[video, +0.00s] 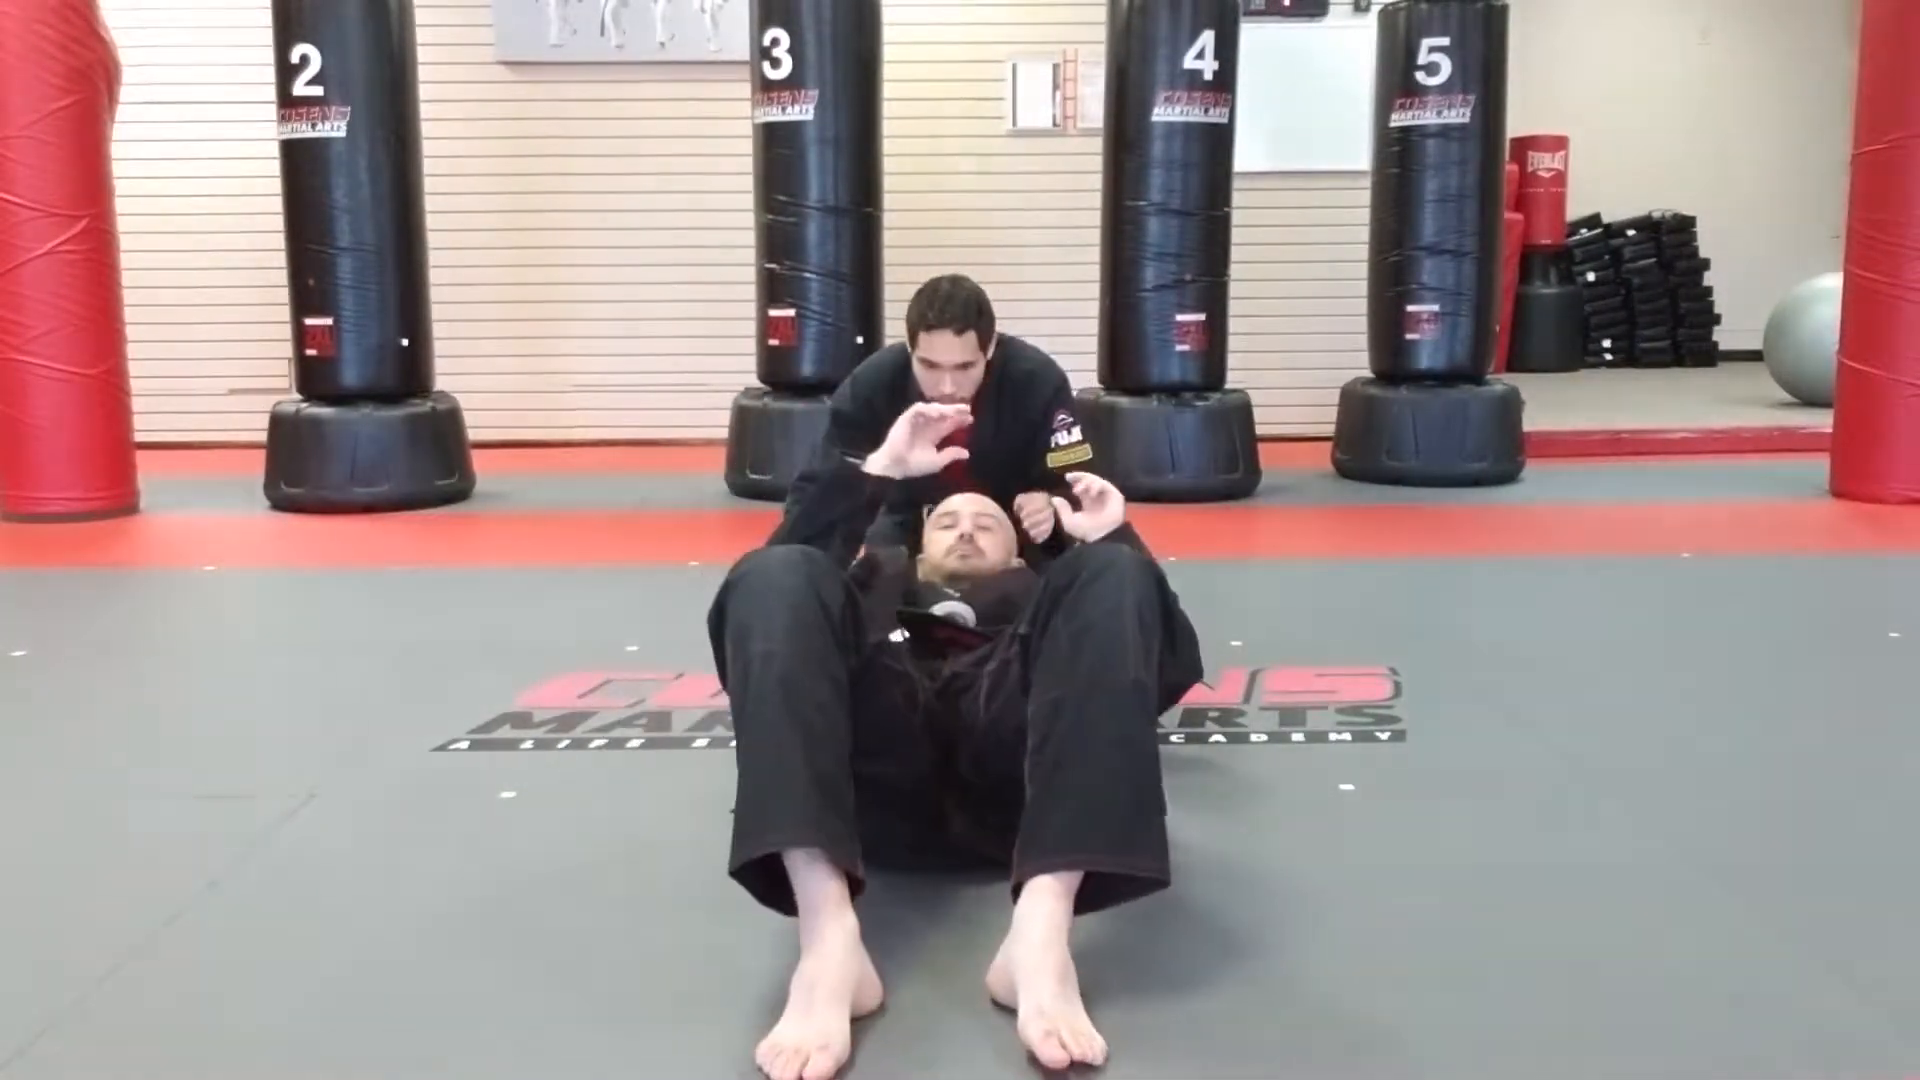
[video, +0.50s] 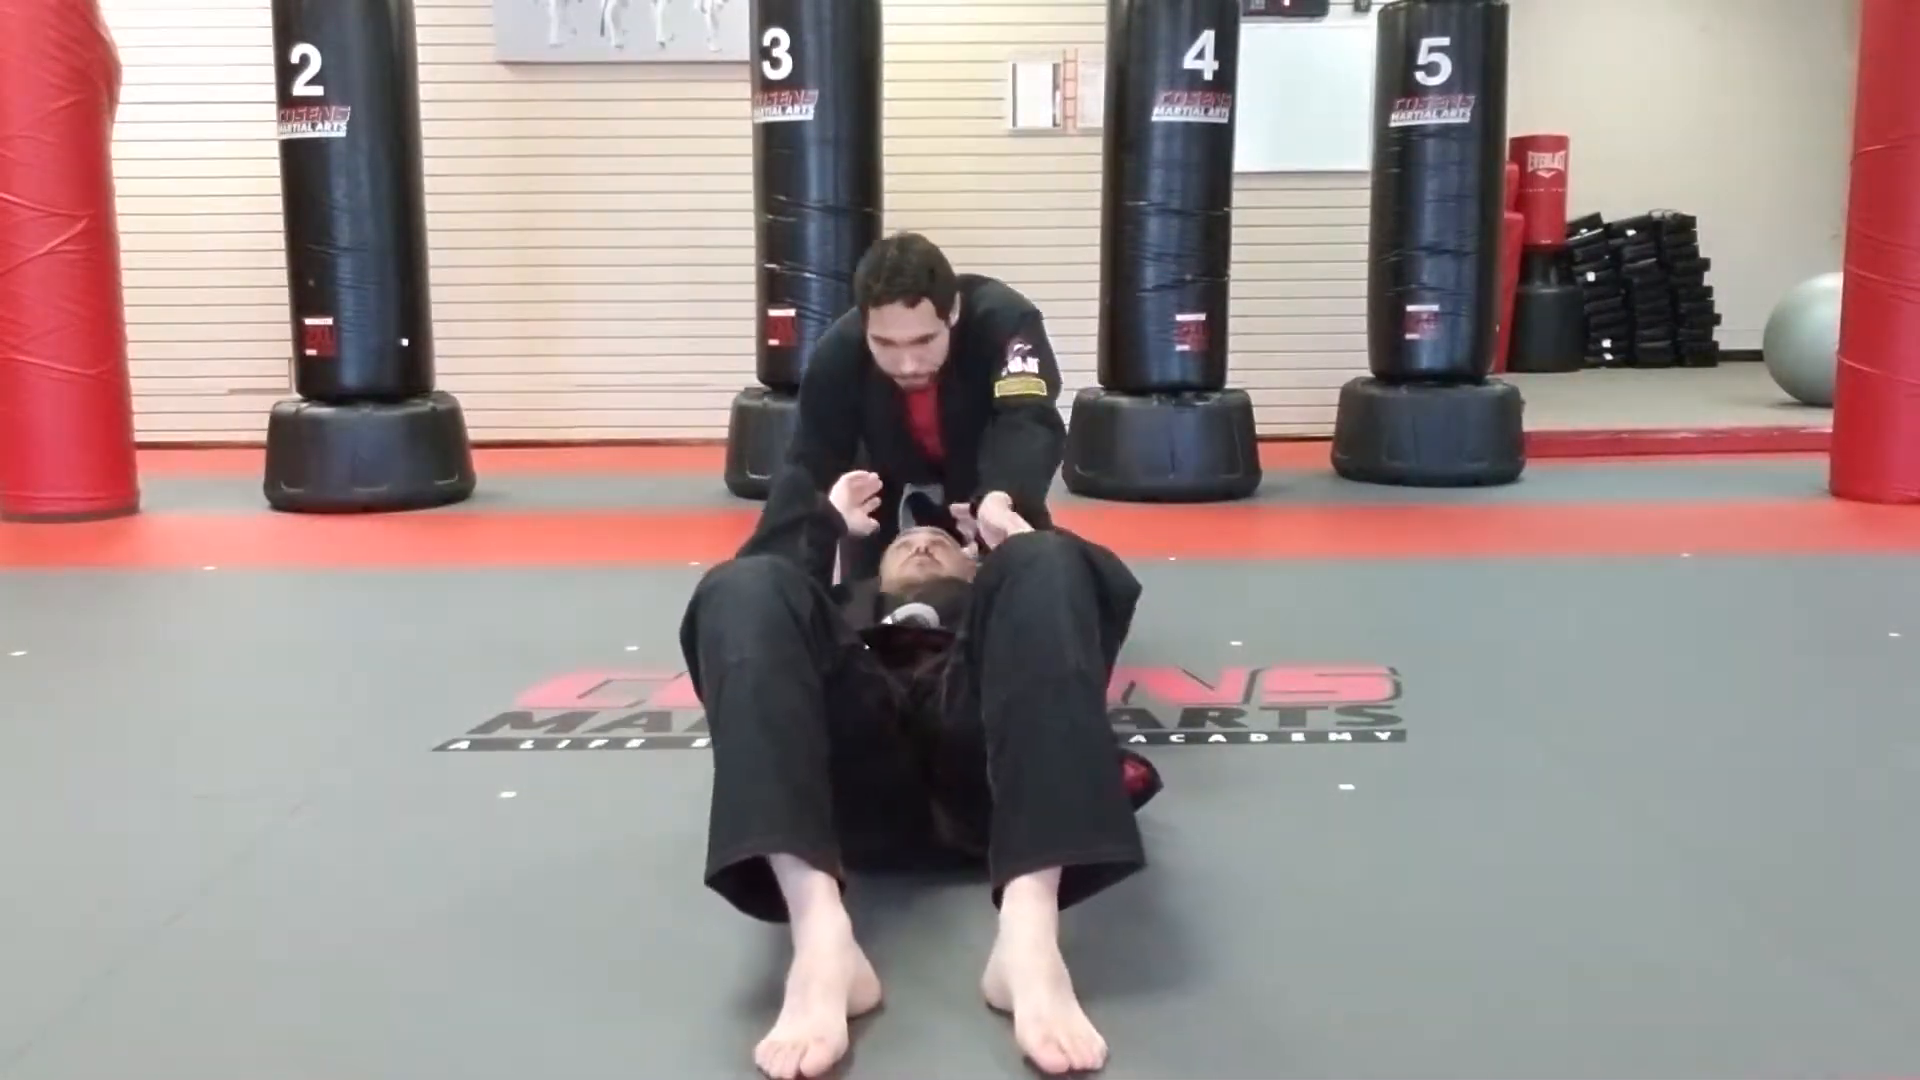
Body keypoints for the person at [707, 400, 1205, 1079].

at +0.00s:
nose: (965, 529)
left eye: (987, 523)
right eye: (944, 523)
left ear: (1021, 553)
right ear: (915, 554)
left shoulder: (1055, 590)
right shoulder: (871, 589)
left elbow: (1170, 675)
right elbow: (779, 581)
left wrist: (1114, 538)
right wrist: (880, 468)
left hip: (1026, 779)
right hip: (877, 772)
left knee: (1114, 570)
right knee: (774, 579)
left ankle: (1042, 935)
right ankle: (828, 940)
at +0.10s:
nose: (973, 529)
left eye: (994, 526)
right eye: (952, 522)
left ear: (1026, 562)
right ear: (923, 559)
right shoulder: (868, 613)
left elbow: (1172, 676)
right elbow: (777, 584)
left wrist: (1110, 549)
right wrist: (876, 469)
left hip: (1022, 782)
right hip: (872, 775)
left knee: (1096, 567)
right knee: (767, 582)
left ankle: (1040, 933)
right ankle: (825, 940)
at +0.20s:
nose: (966, 530)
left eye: (986, 531)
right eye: (947, 527)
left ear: (1016, 568)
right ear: (916, 568)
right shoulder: (864, 607)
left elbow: (1169, 654)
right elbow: (775, 575)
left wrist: (1099, 540)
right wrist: (868, 475)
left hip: (1018, 787)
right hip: (869, 782)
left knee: (1083, 563)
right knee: (760, 585)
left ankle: (1036, 936)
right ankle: (824, 942)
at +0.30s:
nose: (950, 535)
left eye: (971, 537)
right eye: (932, 536)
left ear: (1003, 571)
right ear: (902, 574)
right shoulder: (855, 604)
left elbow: (1150, 625)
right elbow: (769, 570)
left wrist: (1055, 538)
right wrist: (850, 496)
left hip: (1009, 785)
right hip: (863, 785)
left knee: (1070, 559)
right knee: (754, 583)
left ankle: (1033, 937)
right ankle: (824, 942)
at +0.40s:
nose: (936, 544)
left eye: (955, 545)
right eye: (918, 544)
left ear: (988, 576)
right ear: (884, 577)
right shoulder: (838, 615)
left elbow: (1131, 603)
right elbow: (761, 573)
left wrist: (1017, 551)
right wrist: (834, 521)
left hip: (1000, 789)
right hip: (853, 790)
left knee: (1058, 562)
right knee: (748, 586)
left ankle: (1031, 940)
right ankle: (823, 942)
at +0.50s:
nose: (923, 544)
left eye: (945, 544)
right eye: (904, 545)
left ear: (978, 577)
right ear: (871, 578)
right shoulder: (826, 619)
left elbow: (1114, 592)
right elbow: (757, 584)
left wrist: (1016, 544)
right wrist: (828, 525)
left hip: (994, 793)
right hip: (844, 795)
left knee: (1049, 564)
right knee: (743, 589)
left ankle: (1030, 938)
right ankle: (822, 940)